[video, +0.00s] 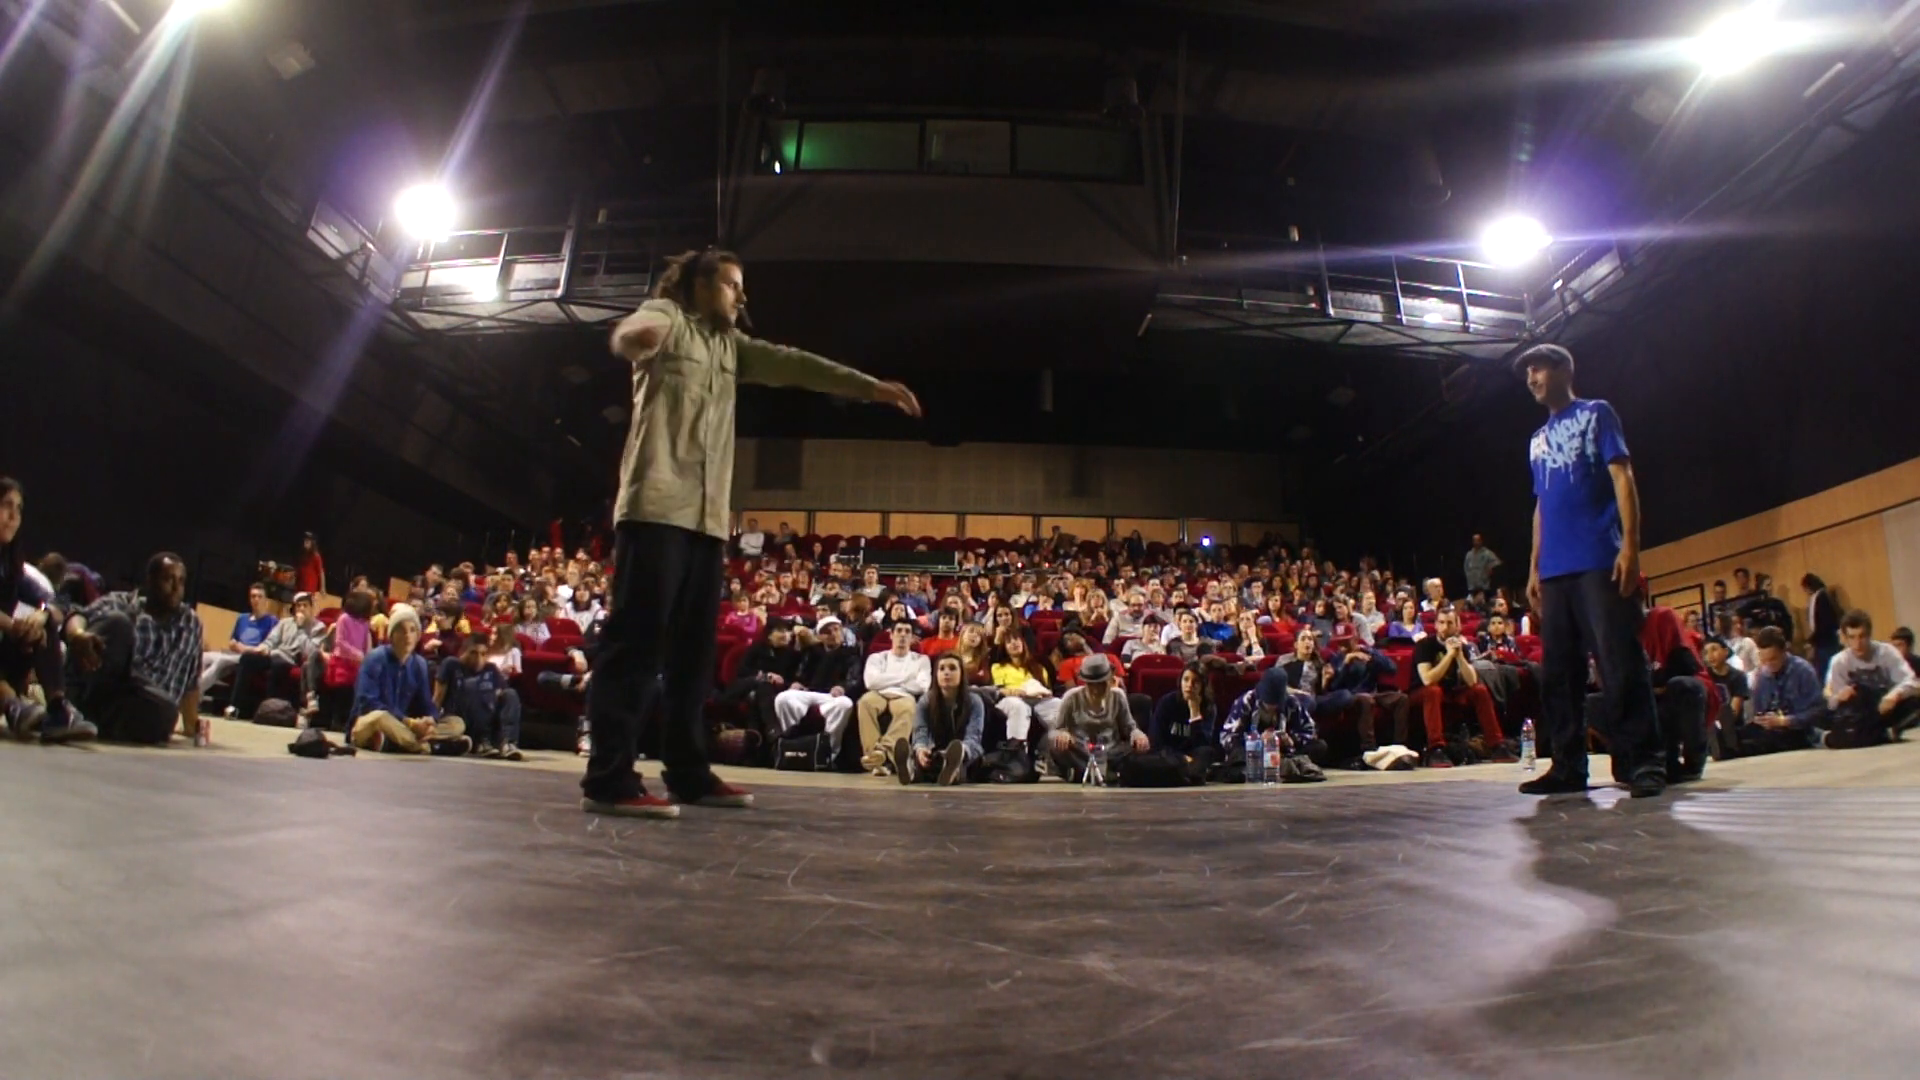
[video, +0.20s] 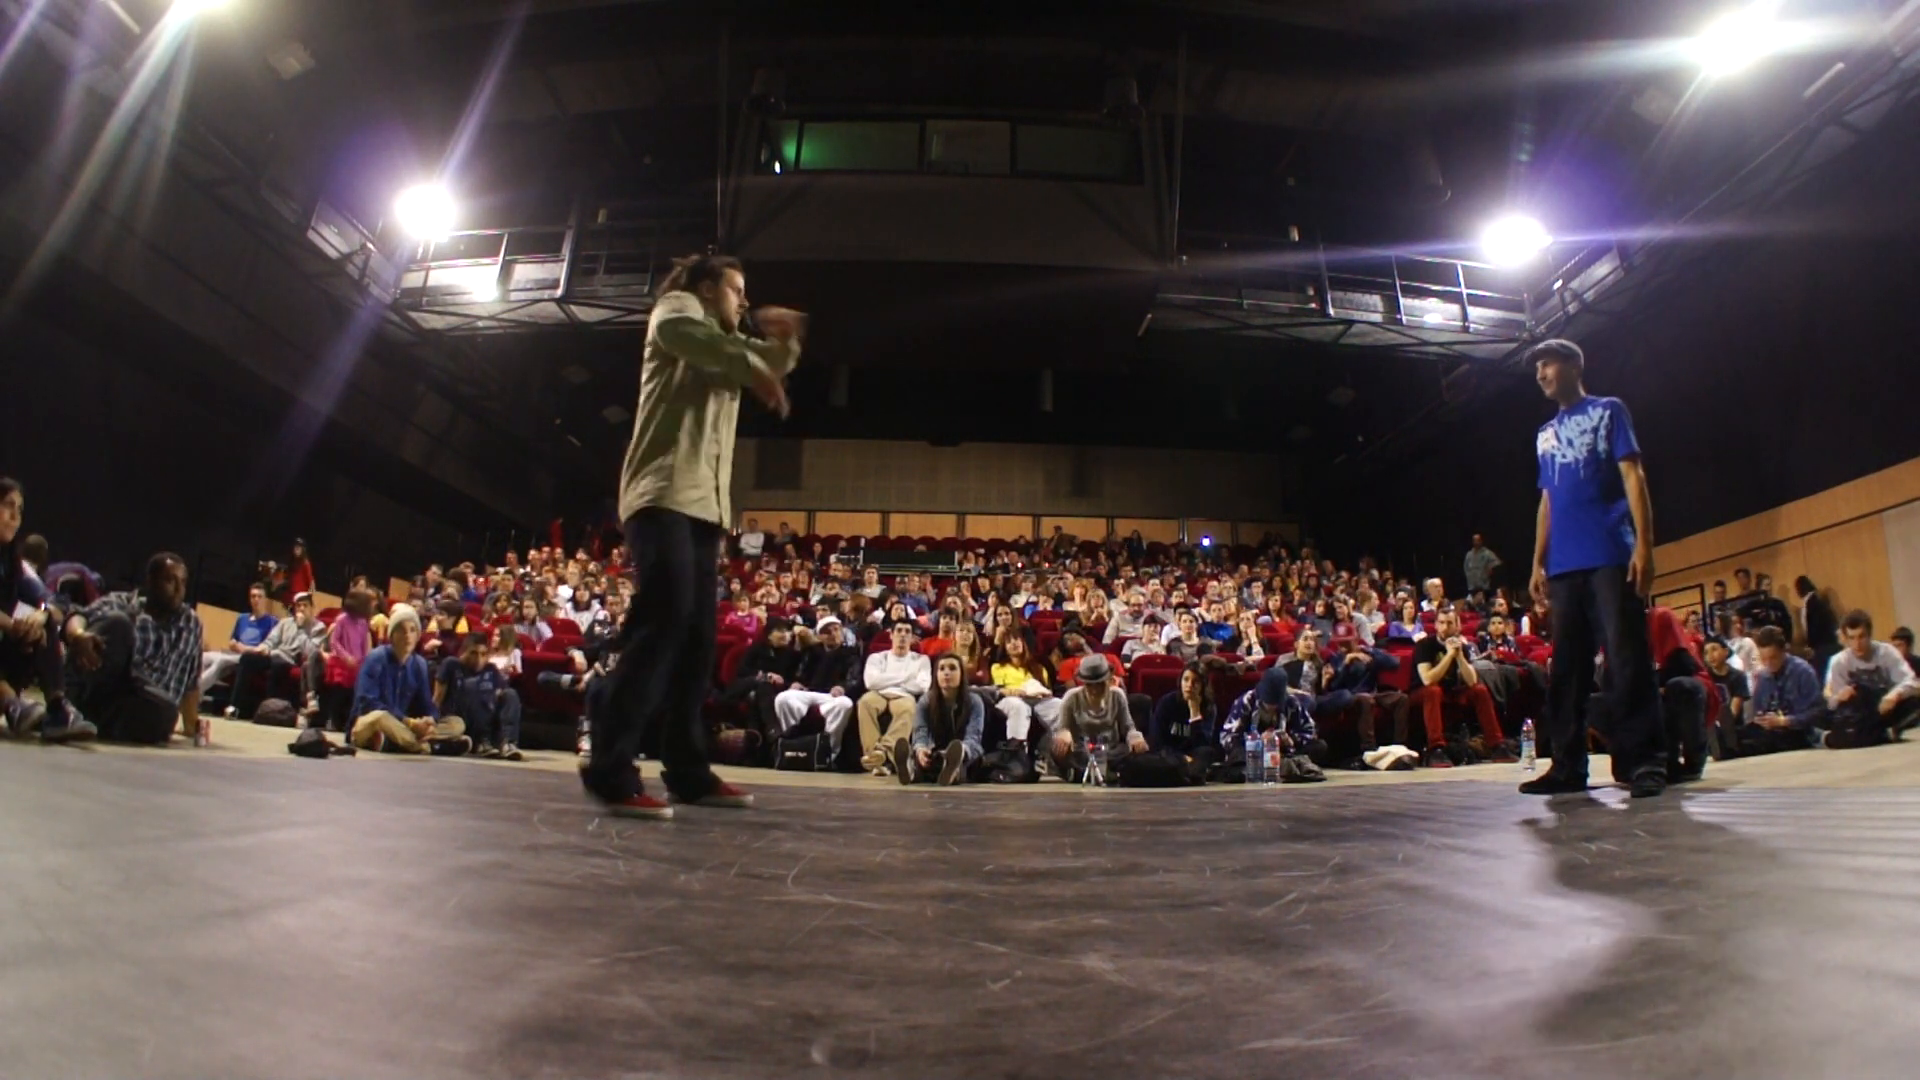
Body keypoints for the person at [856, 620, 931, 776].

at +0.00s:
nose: (903, 635)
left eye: (907, 632)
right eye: (899, 631)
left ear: (912, 638)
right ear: (891, 634)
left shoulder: (921, 659)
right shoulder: (876, 658)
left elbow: (922, 686)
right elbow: (871, 682)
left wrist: (886, 683)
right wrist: (905, 678)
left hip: (904, 694)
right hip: (879, 692)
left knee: (907, 710)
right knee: (865, 703)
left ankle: (884, 750)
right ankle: (876, 761)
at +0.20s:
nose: (903, 635)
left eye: (907, 632)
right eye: (899, 631)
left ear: (912, 638)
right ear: (891, 634)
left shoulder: (921, 659)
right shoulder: (876, 658)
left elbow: (922, 686)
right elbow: (871, 682)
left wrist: (887, 682)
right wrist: (905, 677)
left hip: (904, 694)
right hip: (879, 692)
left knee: (907, 710)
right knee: (865, 703)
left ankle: (884, 750)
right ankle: (876, 761)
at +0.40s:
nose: (903, 635)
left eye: (907, 632)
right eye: (899, 631)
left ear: (912, 638)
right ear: (891, 634)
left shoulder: (921, 659)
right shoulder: (876, 658)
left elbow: (922, 686)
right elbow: (871, 682)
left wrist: (887, 683)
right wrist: (905, 678)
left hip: (904, 694)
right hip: (879, 692)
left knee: (907, 710)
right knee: (865, 703)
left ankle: (884, 750)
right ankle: (876, 761)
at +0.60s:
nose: (903, 635)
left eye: (907, 632)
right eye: (899, 631)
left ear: (912, 638)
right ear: (891, 634)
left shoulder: (921, 659)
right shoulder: (876, 658)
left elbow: (922, 686)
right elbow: (871, 682)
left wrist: (887, 682)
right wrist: (905, 677)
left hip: (904, 694)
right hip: (879, 692)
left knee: (907, 710)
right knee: (865, 703)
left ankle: (884, 750)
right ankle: (876, 761)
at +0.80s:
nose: (903, 635)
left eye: (907, 632)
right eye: (899, 631)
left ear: (912, 638)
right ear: (891, 635)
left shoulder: (921, 659)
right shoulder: (876, 658)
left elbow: (922, 686)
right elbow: (871, 682)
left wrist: (887, 682)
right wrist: (905, 677)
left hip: (904, 694)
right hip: (879, 692)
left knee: (907, 710)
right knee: (865, 703)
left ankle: (884, 750)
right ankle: (875, 761)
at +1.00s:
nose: (903, 636)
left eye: (907, 632)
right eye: (899, 631)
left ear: (912, 637)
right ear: (891, 635)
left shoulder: (921, 659)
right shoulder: (876, 658)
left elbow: (922, 686)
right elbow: (871, 682)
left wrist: (887, 682)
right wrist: (905, 677)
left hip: (904, 694)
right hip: (879, 692)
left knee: (907, 710)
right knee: (865, 703)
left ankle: (884, 750)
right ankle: (875, 761)